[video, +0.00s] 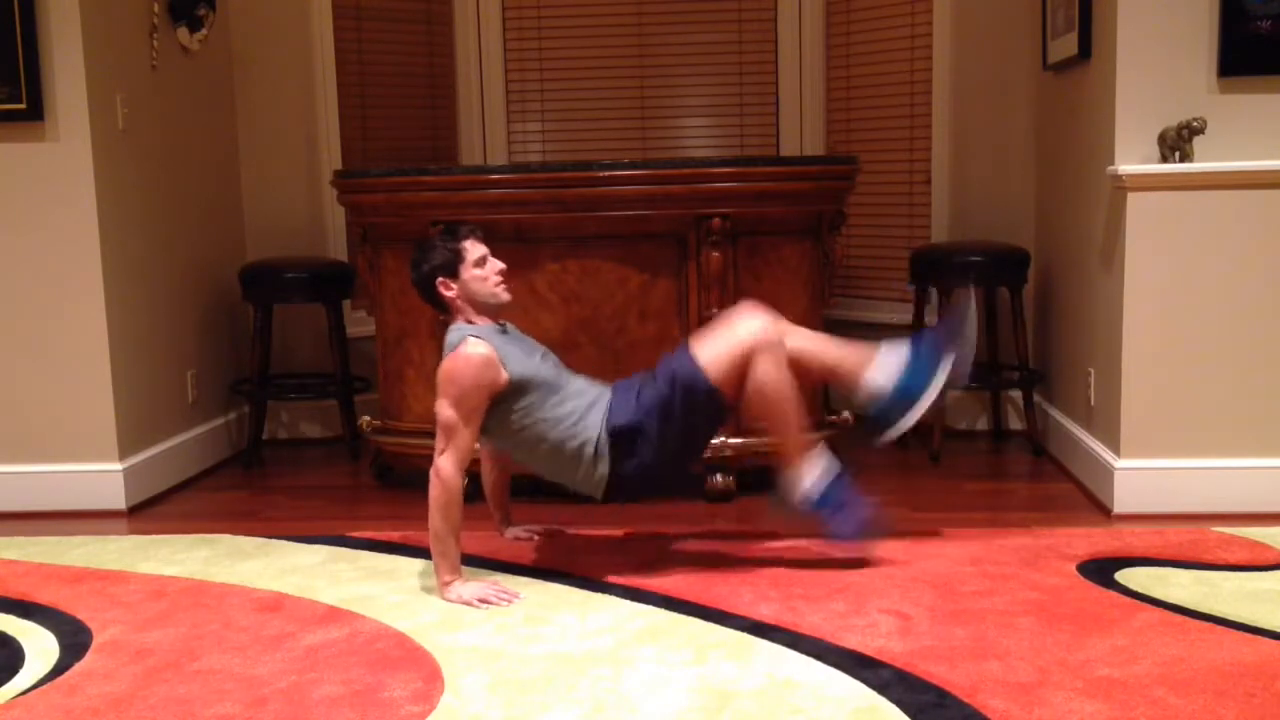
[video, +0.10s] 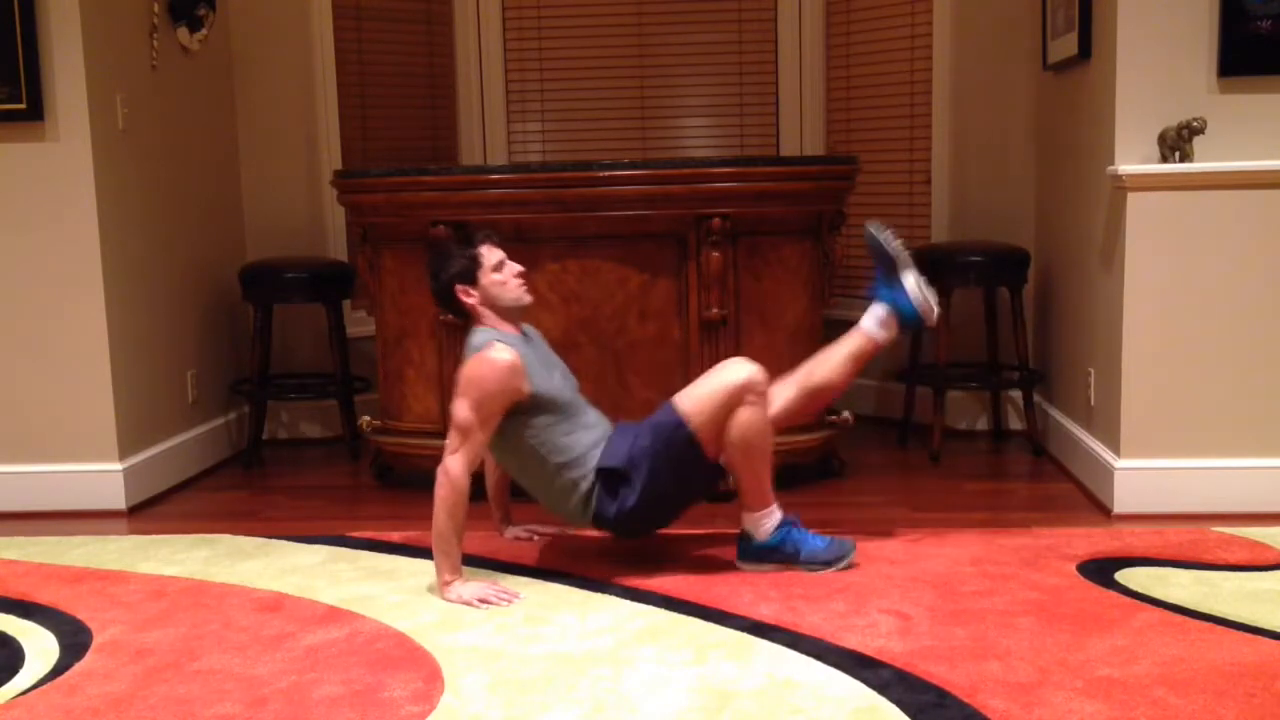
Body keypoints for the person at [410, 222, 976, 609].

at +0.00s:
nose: (499, 269)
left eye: (494, 259)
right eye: (482, 264)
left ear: (481, 277)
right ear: (449, 289)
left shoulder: (492, 337)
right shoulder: (468, 358)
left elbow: (486, 440)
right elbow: (445, 466)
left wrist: (499, 519)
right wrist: (448, 578)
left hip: (627, 420)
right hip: (621, 450)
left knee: (756, 317)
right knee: (753, 335)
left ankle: (887, 374)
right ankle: (807, 484)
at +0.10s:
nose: (517, 271)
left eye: (510, 262)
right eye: (500, 268)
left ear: (495, 287)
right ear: (470, 295)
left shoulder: (517, 338)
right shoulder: (489, 361)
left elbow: (494, 435)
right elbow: (453, 463)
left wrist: (500, 519)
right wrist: (446, 578)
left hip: (627, 464)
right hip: (615, 488)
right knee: (742, 378)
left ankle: (886, 317)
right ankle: (764, 529)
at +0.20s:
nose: (523, 272)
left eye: (516, 264)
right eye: (507, 270)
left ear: (502, 289)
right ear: (479, 300)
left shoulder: (526, 341)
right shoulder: (498, 363)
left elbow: (497, 438)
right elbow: (459, 464)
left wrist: (503, 520)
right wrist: (447, 578)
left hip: (624, 473)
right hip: (612, 500)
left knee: (766, 399)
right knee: (736, 382)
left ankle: (904, 355)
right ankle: (764, 531)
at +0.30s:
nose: (516, 269)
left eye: (511, 259)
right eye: (500, 264)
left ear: (494, 280)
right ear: (466, 290)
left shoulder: (512, 337)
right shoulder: (484, 359)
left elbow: (494, 439)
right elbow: (453, 467)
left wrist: (501, 521)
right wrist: (448, 576)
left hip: (640, 448)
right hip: (627, 475)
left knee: (776, 371)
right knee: (771, 372)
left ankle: (913, 412)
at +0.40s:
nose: (500, 271)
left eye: (495, 262)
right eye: (485, 266)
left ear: (464, 286)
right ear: (451, 290)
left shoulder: (489, 339)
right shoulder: (471, 358)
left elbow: (487, 440)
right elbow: (449, 466)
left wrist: (499, 516)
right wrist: (449, 576)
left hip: (648, 405)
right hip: (647, 437)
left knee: (778, 317)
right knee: (790, 332)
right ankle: (814, 495)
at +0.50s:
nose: (502, 271)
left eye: (497, 262)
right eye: (486, 266)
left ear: (471, 286)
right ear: (451, 292)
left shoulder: (495, 342)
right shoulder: (471, 357)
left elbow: (485, 443)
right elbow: (450, 464)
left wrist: (499, 520)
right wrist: (448, 576)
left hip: (647, 424)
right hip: (644, 435)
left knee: (787, 357)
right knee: (775, 315)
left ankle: (793, 474)